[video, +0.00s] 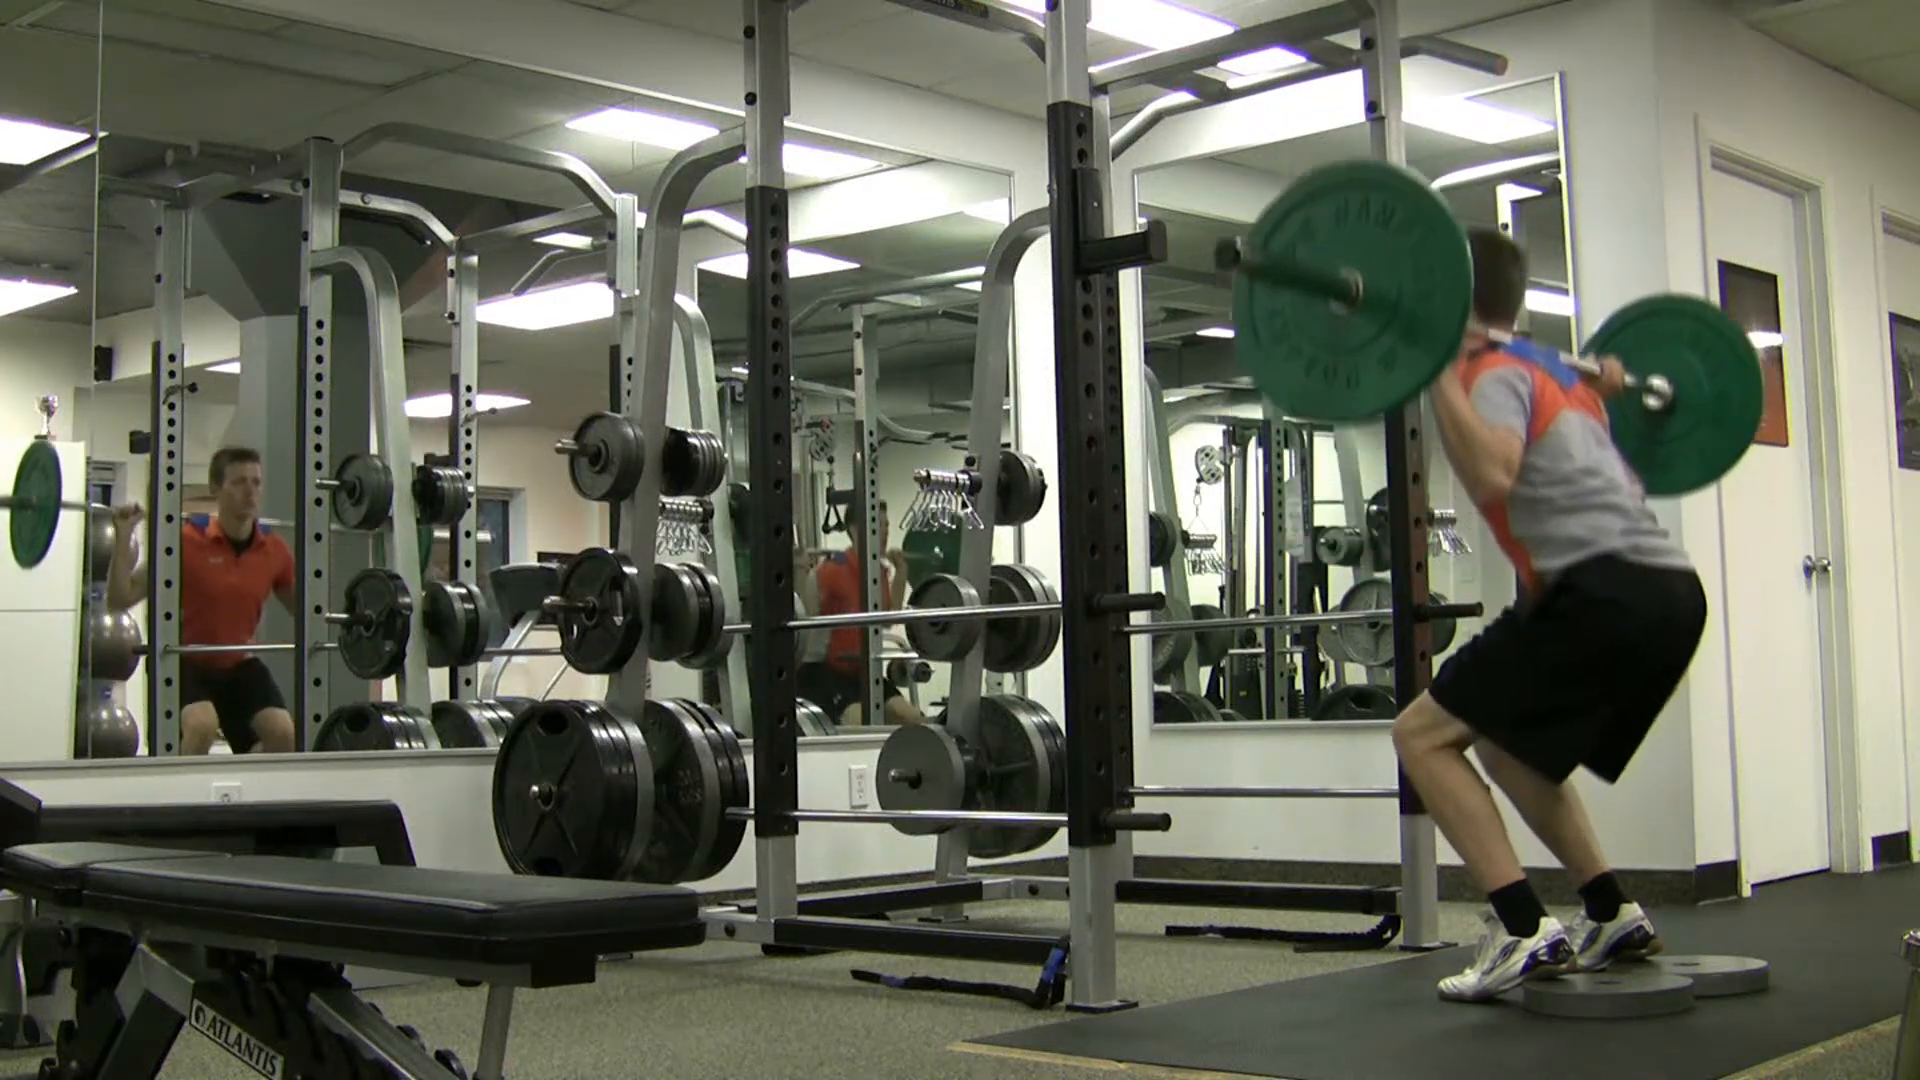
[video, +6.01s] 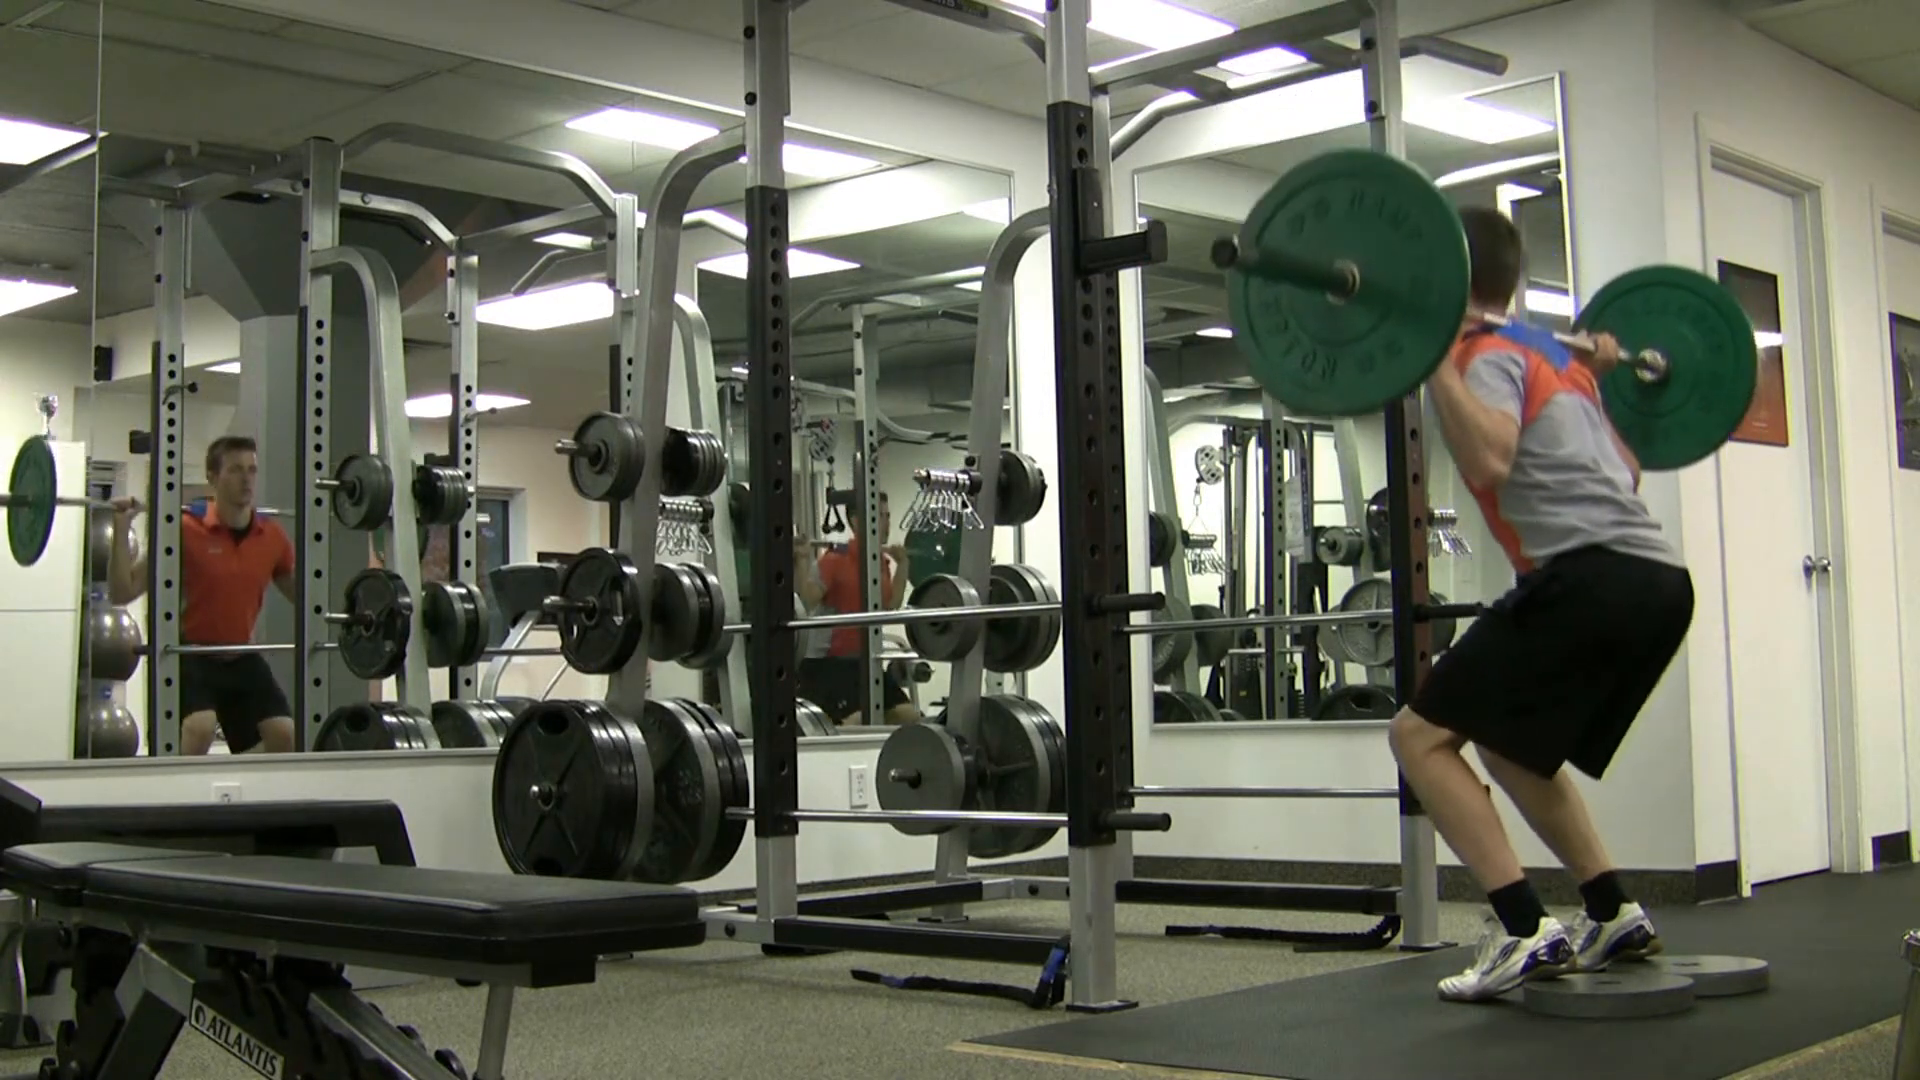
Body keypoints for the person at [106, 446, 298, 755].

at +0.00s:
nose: (250, 491)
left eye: (256, 482)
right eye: (239, 482)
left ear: (262, 488)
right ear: (215, 489)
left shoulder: (273, 550)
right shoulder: (185, 541)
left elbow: (307, 612)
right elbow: (121, 600)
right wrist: (123, 535)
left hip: (240, 666)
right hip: (186, 664)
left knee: (282, 731)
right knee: (202, 727)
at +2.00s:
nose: (245, 471)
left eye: (250, 461)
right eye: (234, 461)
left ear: (256, 467)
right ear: (209, 467)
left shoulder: (268, 527)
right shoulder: (181, 521)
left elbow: (301, 589)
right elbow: (121, 581)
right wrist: (118, 516)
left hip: (239, 652)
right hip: (187, 651)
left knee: (279, 730)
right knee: (198, 726)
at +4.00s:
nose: (250, 443)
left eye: (255, 435)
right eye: (239, 434)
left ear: (262, 441)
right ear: (215, 442)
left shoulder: (273, 502)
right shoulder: (185, 494)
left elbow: (309, 564)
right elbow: (124, 558)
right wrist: (123, 490)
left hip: (243, 633)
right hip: (188, 632)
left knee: (271, 719)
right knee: (198, 715)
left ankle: (270, 803)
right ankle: (178, 803)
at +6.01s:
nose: (247, 479)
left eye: (252, 470)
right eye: (236, 470)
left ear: (258, 476)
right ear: (213, 477)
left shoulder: (271, 535)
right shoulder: (184, 530)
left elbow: (306, 600)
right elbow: (122, 593)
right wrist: (121, 527)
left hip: (242, 657)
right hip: (190, 656)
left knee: (282, 733)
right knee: (200, 728)